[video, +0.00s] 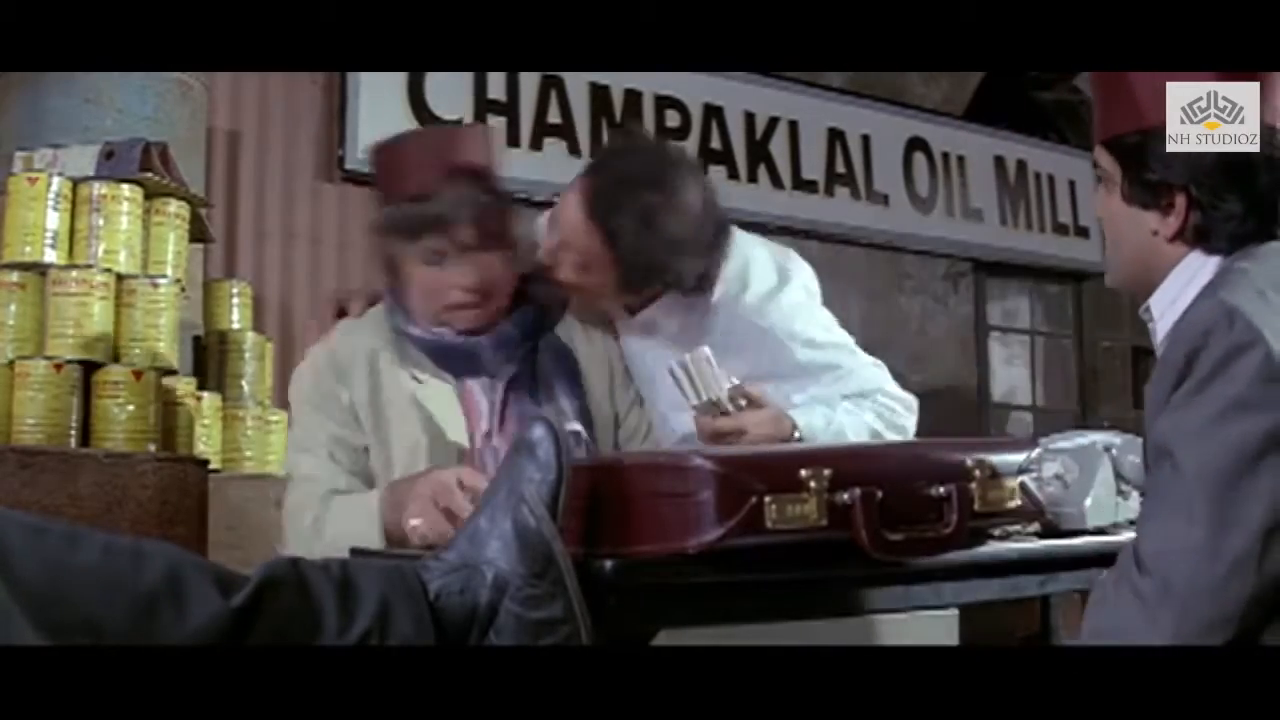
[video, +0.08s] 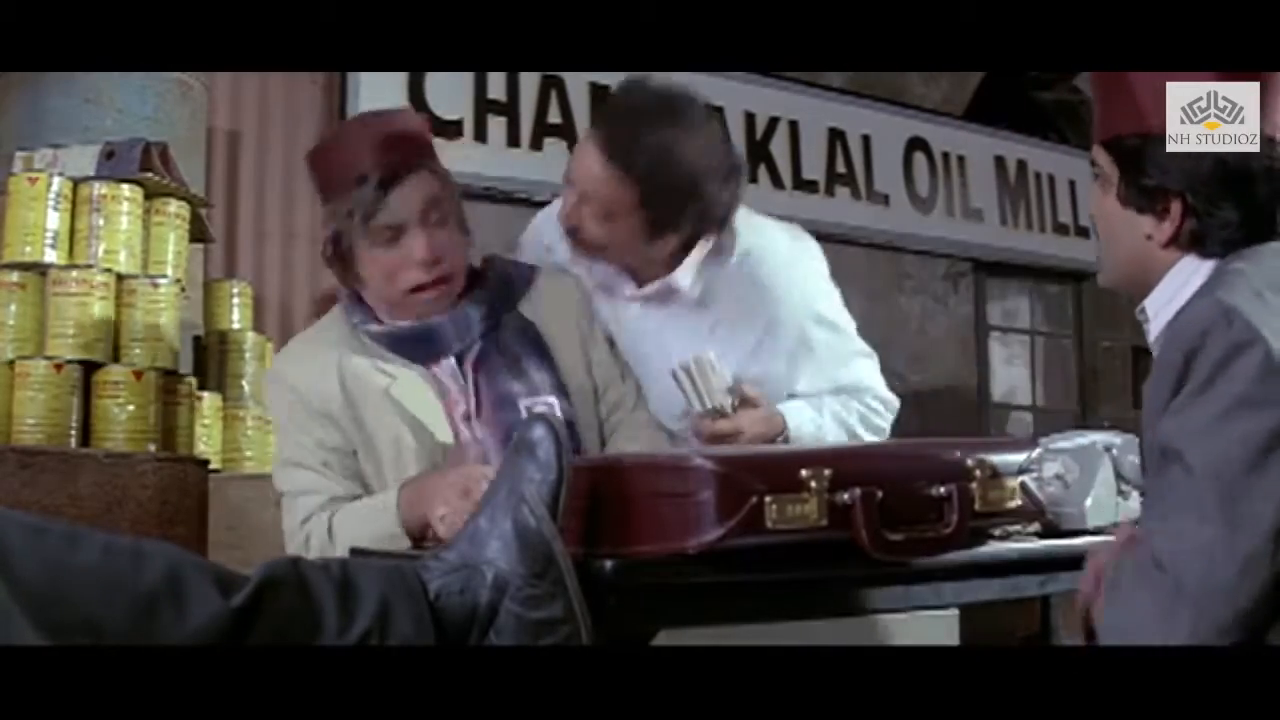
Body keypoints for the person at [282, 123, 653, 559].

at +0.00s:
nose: (469, 280)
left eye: (486, 251)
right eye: (436, 259)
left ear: (515, 253)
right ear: (392, 264)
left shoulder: (586, 351)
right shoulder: (338, 370)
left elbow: (652, 474)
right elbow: (309, 526)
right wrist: (394, 508)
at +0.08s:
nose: (427, 252)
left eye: (438, 219)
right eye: (390, 237)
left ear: (461, 217)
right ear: (344, 255)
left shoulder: (555, 303)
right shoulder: (308, 372)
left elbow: (631, 430)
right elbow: (312, 536)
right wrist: (413, 505)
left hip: (585, 594)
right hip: (428, 622)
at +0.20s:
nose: (466, 217)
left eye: (454, 196)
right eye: (434, 202)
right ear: (363, 244)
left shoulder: (529, 305)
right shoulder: (283, 382)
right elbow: (285, 547)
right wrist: (389, 516)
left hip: (551, 603)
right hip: (399, 625)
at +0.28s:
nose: (471, 207)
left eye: (458, 188)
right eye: (437, 196)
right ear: (369, 245)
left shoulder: (524, 306)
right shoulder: (281, 382)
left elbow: (613, 411)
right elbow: (274, 550)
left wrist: (616, 476)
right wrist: (383, 517)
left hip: (550, 607)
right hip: (401, 626)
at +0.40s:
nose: (485, 209)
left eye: (472, 191)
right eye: (454, 195)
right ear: (384, 241)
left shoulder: (524, 302)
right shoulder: (286, 379)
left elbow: (609, 408)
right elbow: (270, 549)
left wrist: (617, 479)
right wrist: (377, 513)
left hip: (554, 606)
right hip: (405, 627)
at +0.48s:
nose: (456, 232)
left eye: (458, 209)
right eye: (422, 217)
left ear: (468, 209)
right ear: (353, 243)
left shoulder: (526, 302)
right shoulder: (288, 380)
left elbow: (612, 398)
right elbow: (278, 546)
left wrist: (613, 434)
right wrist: (387, 509)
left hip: (560, 593)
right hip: (412, 622)